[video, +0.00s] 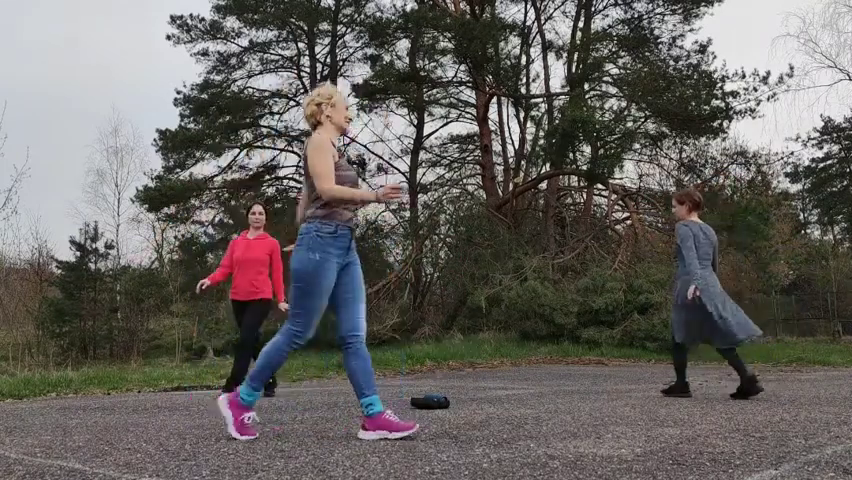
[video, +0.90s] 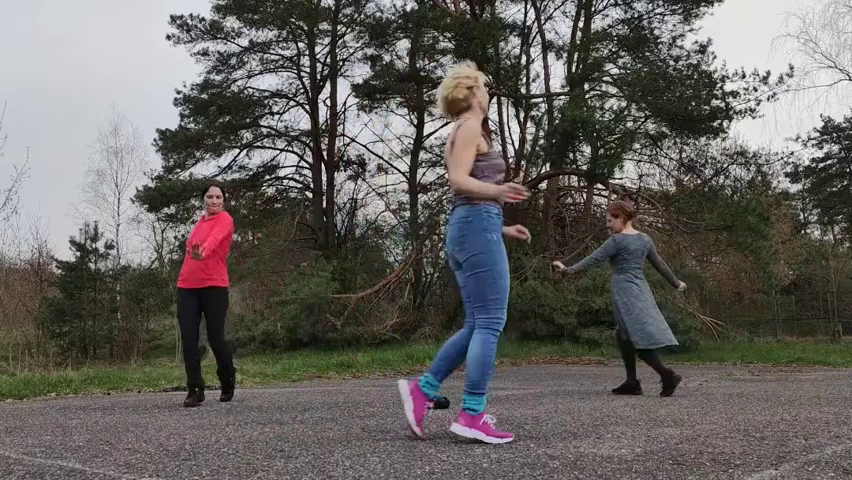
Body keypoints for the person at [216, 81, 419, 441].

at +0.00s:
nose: (350, 113)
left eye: (348, 107)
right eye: (344, 106)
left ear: (330, 112)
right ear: (327, 110)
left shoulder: (330, 148)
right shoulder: (320, 140)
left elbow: (305, 201)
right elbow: (325, 189)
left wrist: (301, 240)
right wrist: (373, 195)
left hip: (344, 246)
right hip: (318, 243)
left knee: (353, 335)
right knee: (297, 330)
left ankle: (374, 415)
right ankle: (240, 401)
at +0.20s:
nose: (376, 101)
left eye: (374, 96)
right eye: (370, 96)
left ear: (356, 102)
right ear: (353, 102)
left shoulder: (363, 140)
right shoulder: (346, 135)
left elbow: (368, 193)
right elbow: (344, 187)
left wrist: (392, 210)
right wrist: (385, 208)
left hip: (378, 234)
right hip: (360, 234)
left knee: (375, 325)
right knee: (394, 321)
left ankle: (376, 414)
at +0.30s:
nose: (390, 101)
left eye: (389, 96)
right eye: (383, 95)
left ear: (373, 102)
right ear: (363, 101)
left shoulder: (379, 143)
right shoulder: (356, 133)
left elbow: (395, 206)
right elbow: (348, 188)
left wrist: (434, 226)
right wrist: (377, 214)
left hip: (390, 234)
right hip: (378, 233)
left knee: (381, 329)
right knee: (421, 314)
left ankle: (376, 415)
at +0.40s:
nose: (402, 96)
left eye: (400, 90)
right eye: (395, 91)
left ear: (388, 99)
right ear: (377, 100)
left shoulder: (392, 141)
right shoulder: (371, 134)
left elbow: (417, 197)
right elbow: (353, 183)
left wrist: (462, 197)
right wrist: (370, 215)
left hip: (401, 227)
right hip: (392, 228)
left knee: (390, 326)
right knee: (444, 307)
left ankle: (379, 412)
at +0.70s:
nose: (452, 86)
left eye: (449, 81)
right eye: (444, 82)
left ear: (432, 91)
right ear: (424, 90)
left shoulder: (439, 132)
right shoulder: (418, 124)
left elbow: (464, 183)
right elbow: (394, 173)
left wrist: (500, 177)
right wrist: (405, 192)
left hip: (434, 220)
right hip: (432, 217)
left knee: (420, 322)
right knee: (496, 288)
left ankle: (392, 403)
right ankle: (504, 385)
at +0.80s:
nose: (471, 92)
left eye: (469, 86)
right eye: (465, 86)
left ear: (448, 94)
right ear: (446, 92)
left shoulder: (452, 132)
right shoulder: (439, 126)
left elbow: (467, 191)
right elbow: (419, 175)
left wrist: (505, 201)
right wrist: (437, 190)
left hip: (444, 227)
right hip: (456, 224)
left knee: (437, 322)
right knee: (494, 312)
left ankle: (397, 400)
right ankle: (479, 408)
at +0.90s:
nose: (490, 93)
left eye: (487, 87)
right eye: (484, 88)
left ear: (462, 96)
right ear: (471, 92)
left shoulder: (464, 133)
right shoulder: (469, 125)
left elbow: (468, 196)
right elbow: (458, 179)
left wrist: (501, 229)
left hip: (464, 227)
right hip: (477, 224)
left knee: (476, 323)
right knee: (490, 322)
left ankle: (422, 390)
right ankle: (472, 415)